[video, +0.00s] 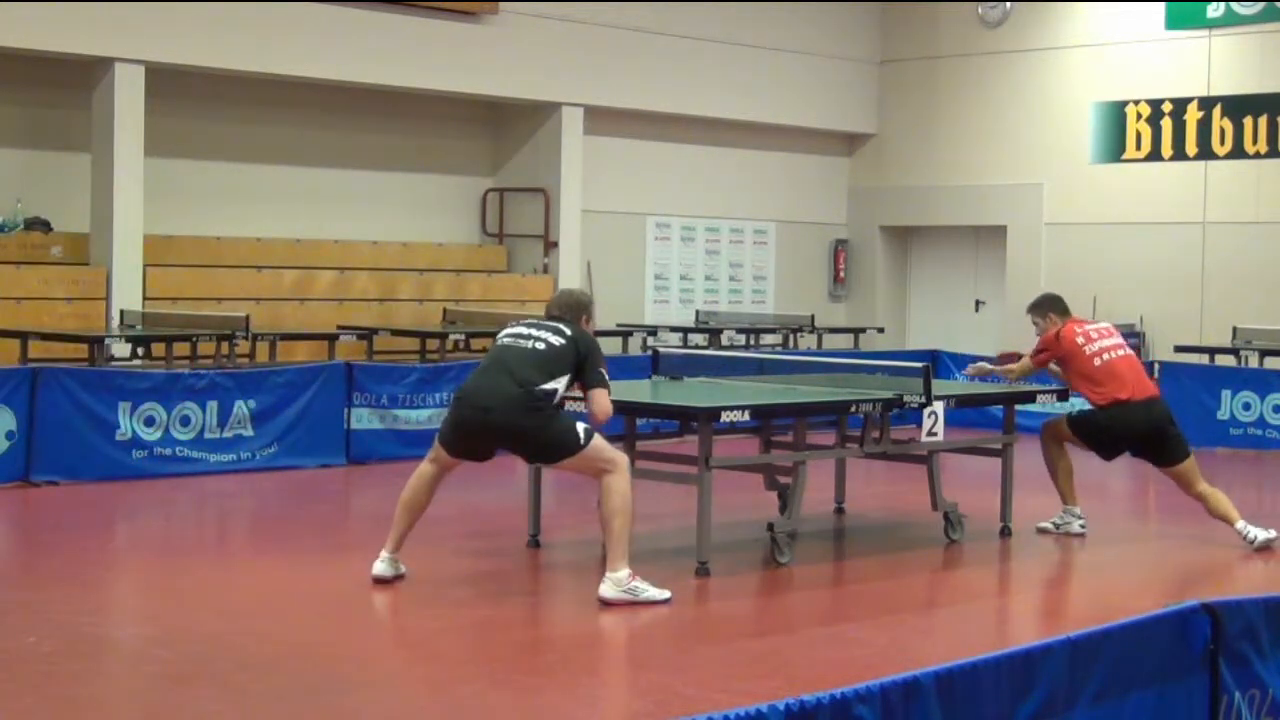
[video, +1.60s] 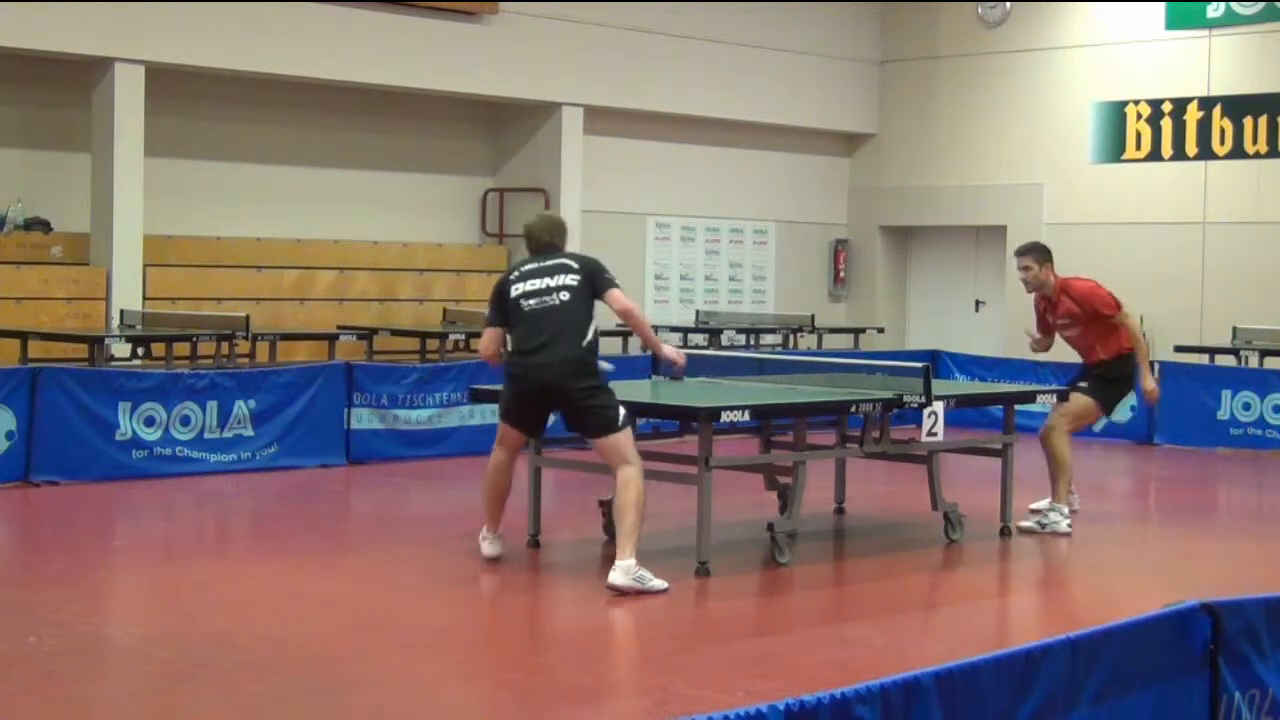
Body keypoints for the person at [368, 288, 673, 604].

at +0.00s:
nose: (594, 328)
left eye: (592, 322)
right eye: (593, 322)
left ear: (550, 314)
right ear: (584, 321)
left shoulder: (515, 327)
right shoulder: (583, 341)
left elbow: (502, 373)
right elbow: (601, 412)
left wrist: (547, 392)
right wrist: (587, 414)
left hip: (469, 410)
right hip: (524, 416)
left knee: (435, 463)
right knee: (616, 466)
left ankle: (386, 556)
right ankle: (619, 577)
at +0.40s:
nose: (587, 292)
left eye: (586, 286)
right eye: (586, 286)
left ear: (542, 284)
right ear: (577, 288)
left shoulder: (510, 303)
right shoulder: (579, 313)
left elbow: (498, 349)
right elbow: (604, 384)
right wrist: (593, 359)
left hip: (474, 399)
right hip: (529, 404)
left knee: (435, 463)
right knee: (615, 464)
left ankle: (386, 557)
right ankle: (618, 575)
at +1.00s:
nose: (595, 247)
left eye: (594, 242)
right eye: (594, 241)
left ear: (548, 244)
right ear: (585, 243)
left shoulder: (519, 272)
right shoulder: (591, 275)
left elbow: (487, 337)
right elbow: (608, 329)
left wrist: (525, 340)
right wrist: (625, 353)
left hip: (502, 374)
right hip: (553, 379)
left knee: (459, 450)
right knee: (627, 459)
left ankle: (408, 536)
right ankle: (621, 562)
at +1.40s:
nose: (590, 249)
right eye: (588, 243)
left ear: (545, 248)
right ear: (583, 246)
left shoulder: (524, 282)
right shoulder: (600, 278)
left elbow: (497, 352)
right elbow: (638, 338)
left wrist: (526, 364)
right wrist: (644, 362)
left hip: (528, 390)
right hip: (582, 391)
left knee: (497, 454)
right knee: (640, 469)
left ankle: (462, 546)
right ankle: (626, 567)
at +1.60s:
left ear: (527, 246)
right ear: (564, 243)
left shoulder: (508, 281)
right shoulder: (584, 266)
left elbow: (488, 351)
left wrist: (513, 353)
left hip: (526, 378)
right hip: (577, 375)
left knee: (504, 449)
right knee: (627, 464)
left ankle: (490, 536)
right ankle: (626, 564)